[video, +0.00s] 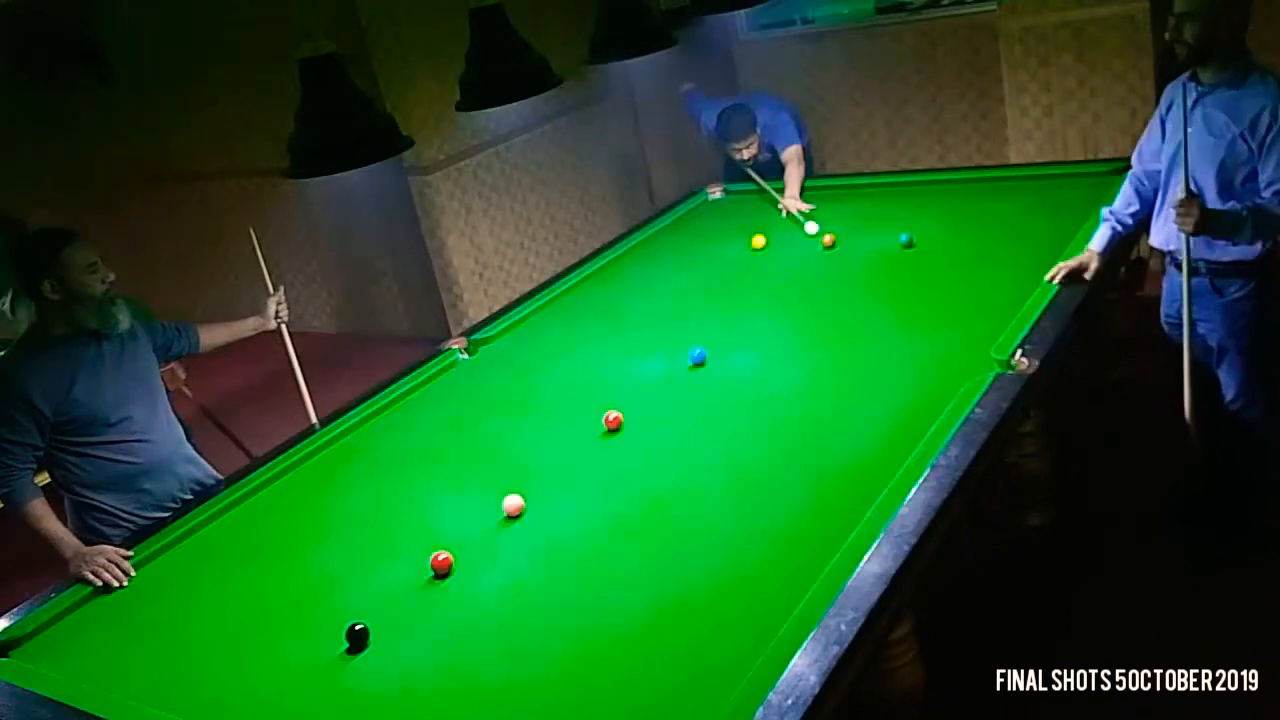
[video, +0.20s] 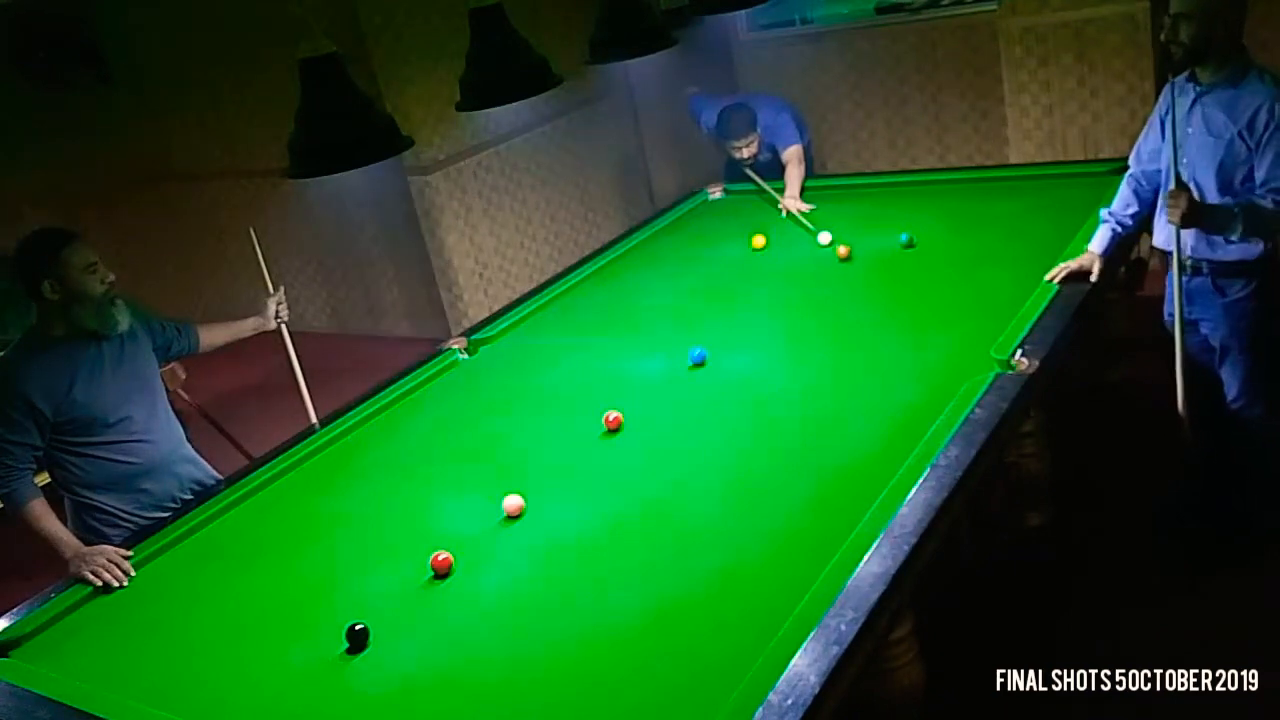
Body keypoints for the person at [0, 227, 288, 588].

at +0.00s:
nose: (110, 276)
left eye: (103, 265)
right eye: (91, 270)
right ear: (52, 290)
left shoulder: (130, 328)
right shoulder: (25, 371)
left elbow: (188, 338)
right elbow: (13, 476)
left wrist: (261, 321)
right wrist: (74, 552)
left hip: (206, 504)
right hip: (130, 544)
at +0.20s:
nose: (110, 277)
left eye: (102, 265)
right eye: (91, 270)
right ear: (51, 290)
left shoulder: (131, 327)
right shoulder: (25, 373)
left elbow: (188, 338)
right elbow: (13, 477)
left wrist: (260, 321)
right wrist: (75, 552)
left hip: (206, 504)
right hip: (130, 545)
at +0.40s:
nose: (109, 278)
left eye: (102, 267)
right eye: (90, 271)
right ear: (49, 291)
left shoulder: (129, 324)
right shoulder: (25, 373)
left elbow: (187, 338)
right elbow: (13, 477)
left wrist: (261, 321)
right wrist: (75, 552)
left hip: (205, 502)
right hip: (129, 543)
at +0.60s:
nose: (108, 280)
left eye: (101, 268)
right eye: (89, 273)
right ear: (47, 291)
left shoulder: (129, 324)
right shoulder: (25, 373)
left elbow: (187, 337)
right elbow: (13, 477)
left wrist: (260, 321)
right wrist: (75, 552)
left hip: (205, 502)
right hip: (129, 542)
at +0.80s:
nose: (106, 283)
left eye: (101, 271)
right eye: (87, 276)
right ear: (45, 292)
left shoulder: (132, 326)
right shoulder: (25, 374)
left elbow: (188, 337)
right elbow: (14, 478)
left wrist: (260, 321)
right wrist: (75, 552)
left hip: (205, 504)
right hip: (129, 544)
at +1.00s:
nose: (104, 285)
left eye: (100, 272)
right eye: (86, 278)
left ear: (104, 269)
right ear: (44, 293)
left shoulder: (132, 325)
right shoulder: (24, 372)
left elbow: (189, 337)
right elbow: (14, 477)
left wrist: (262, 321)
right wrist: (75, 552)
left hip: (205, 504)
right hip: (128, 544)